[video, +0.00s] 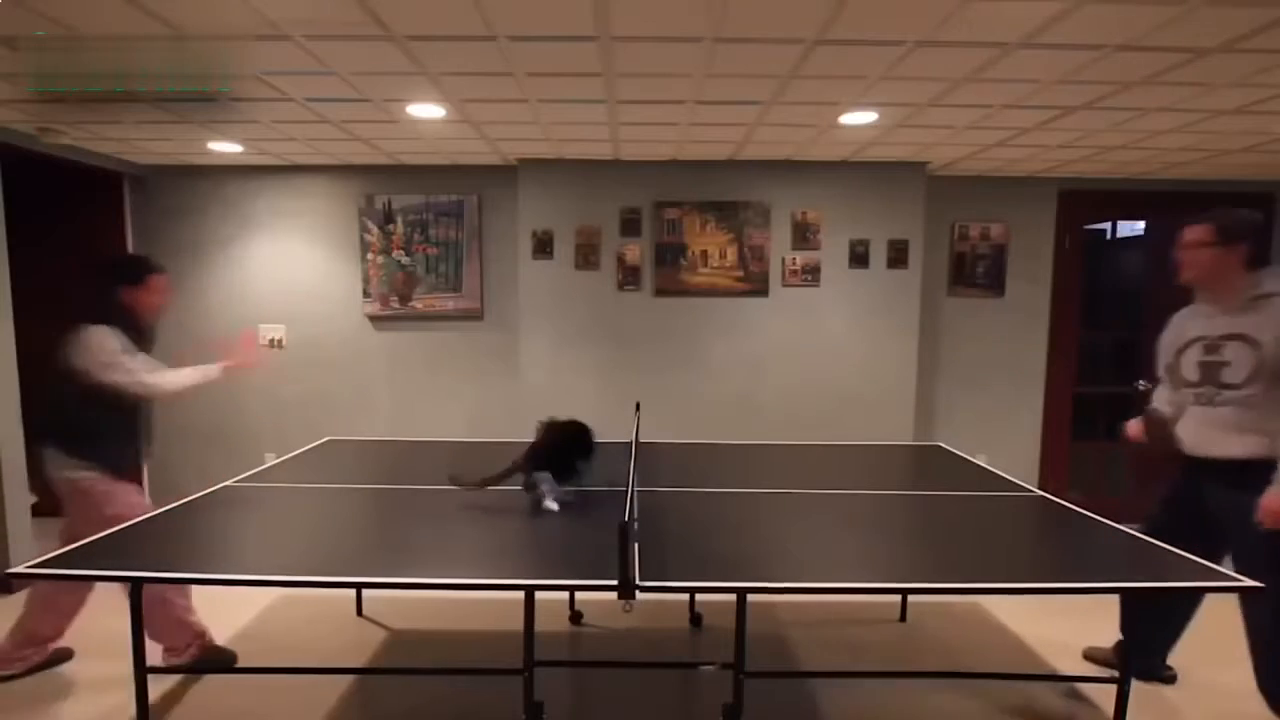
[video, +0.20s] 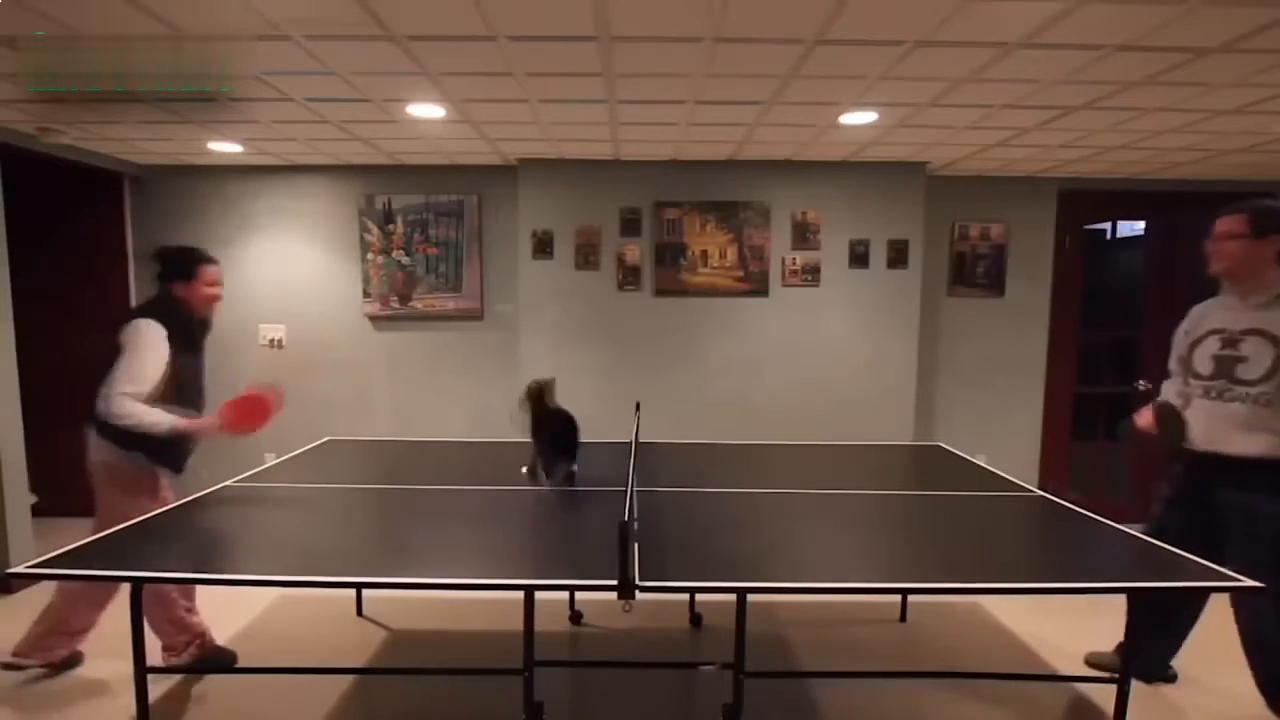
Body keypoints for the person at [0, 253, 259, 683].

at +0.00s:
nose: (162, 302)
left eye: (163, 293)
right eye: (155, 292)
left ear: (133, 294)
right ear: (129, 292)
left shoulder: (119, 338)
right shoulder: (95, 339)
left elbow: (154, 377)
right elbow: (151, 381)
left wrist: (203, 362)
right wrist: (222, 366)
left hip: (110, 470)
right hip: (84, 471)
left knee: (77, 562)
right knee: (150, 546)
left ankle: (21, 650)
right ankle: (185, 644)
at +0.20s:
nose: (218, 295)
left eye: (219, 286)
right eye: (211, 286)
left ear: (188, 289)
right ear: (180, 287)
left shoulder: (186, 331)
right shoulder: (152, 330)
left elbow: (167, 403)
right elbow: (114, 404)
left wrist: (222, 419)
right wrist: (182, 424)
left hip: (146, 456)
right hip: (123, 456)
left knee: (112, 553)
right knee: (161, 546)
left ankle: (45, 645)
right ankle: (186, 645)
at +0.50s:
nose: (191, 294)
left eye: (193, 285)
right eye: (183, 284)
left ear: (185, 288)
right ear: (154, 288)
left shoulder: (171, 337)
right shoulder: (119, 334)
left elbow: (175, 398)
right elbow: (58, 399)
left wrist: (178, 441)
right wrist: (124, 434)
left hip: (149, 459)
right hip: (111, 461)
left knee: (126, 550)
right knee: (161, 544)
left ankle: (71, 641)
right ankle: (185, 644)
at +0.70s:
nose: (130, 288)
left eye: (134, 280)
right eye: (121, 279)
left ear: (138, 287)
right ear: (96, 283)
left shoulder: (122, 332)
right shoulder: (59, 331)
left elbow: (124, 396)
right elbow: (17, 402)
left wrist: (146, 420)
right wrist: (87, 427)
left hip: (115, 456)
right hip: (73, 461)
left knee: (94, 548)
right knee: (123, 545)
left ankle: (68, 640)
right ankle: (163, 648)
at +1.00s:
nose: (115, 287)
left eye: (119, 278)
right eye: (106, 278)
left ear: (121, 281)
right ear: (74, 277)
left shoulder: (108, 329)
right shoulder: (39, 323)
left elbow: (120, 400)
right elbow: (2, 388)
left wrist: (131, 460)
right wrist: (52, 410)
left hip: (104, 462)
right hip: (60, 465)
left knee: (93, 551)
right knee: (118, 546)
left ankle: (61, 644)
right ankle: (117, 659)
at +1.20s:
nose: (129, 315)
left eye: (133, 305)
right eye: (118, 304)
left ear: (137, 308)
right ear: (87, 305)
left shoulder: (129, 358)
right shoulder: (55, 353)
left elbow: (139, 432)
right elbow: (11, 418)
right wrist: (82, 404)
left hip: (127, 491)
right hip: (76, 498)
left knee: (118, 572)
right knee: (113, 584)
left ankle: (62, 649)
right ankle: (118, 704)